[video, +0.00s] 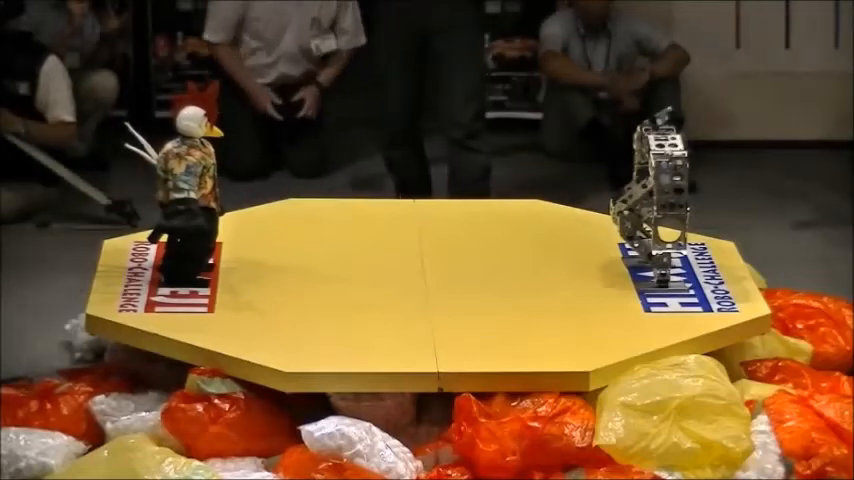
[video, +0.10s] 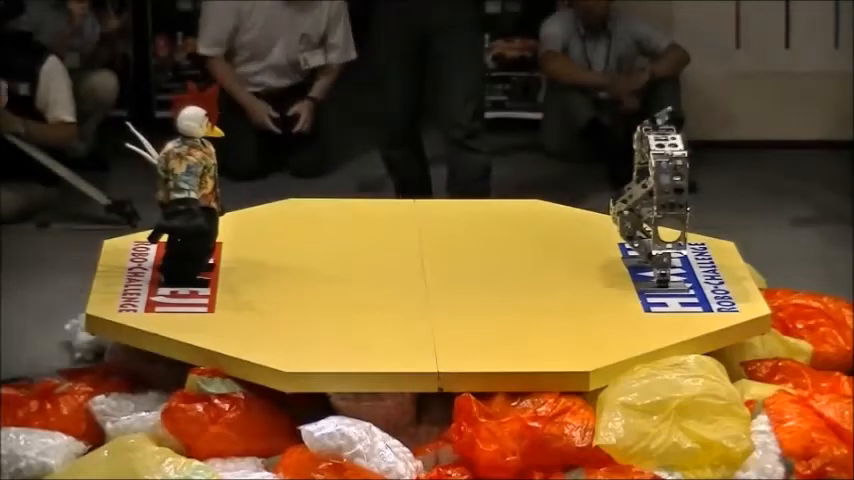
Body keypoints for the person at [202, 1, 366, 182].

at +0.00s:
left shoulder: (340, 5)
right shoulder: (233, 6)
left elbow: (347, 43)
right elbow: (220, 43)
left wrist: (318, 87)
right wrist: (254, 90)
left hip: (304, 87)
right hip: (248, 88)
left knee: (310, 166)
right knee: (245, 167)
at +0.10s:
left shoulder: (331, 5)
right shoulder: (227, 5)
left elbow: (336, 59)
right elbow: (212, 55)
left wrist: (311, 102)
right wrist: (250, 104)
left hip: (299, 92)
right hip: (243, 93)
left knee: (311, 165)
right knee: (243, 167)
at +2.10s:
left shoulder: (309, 5)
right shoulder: (210, 5)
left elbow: (314, 65)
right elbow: (197, 58)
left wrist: (294, 100)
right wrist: (228, 104)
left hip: (283, 99)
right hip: (230, 100)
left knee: (306, 160)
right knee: (237, 164)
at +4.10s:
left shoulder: (301, 5)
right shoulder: (202, 5)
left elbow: (312, 61)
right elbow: (191, 60)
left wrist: (291, 100)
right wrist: (226, 105)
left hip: (280, 98)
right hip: (228, 102)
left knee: (306, 160)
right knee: (237, 163)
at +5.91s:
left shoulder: (301, 5)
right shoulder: (196, 6)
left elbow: (316, 50)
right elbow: (187, 60)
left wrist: (296, 90)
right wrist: (221, 92)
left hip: (278, 97)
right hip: (227, 99)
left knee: (307, 161)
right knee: (237, 164)